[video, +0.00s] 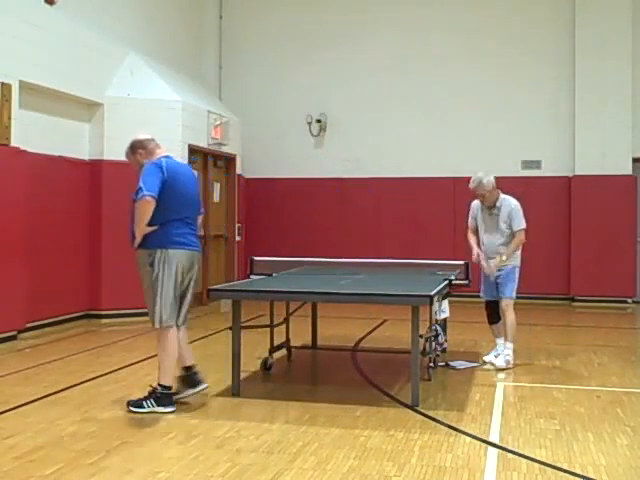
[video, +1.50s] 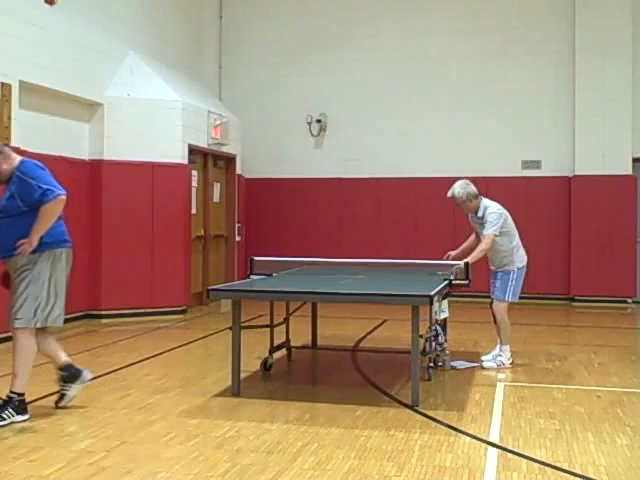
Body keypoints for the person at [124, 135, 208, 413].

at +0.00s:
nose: (136, 167)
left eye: (134, 162)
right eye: (134, 163)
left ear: (140, 153)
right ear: (157, 147)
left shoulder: (154, 166)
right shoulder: (188, 170)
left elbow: (147, 199)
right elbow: (199, 212)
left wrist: (139, 231)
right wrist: (191, 237)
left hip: (165, 248)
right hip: (190, 247)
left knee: (166, 323)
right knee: (175, 320)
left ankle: (163, 392)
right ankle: (189, 373)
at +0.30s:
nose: (111, 173)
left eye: (108, 168)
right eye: (108, 169)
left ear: (114, 157)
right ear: (126, 151)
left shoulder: (132, 167)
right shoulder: (157, 169)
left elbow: (140, 196)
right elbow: (179, 211)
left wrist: (127, 233)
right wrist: (180, 250)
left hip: (148, 250)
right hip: (166, 249)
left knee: (153, 321)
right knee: (125, 312)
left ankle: (163, 393)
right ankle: (137, 383)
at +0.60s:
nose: (77, 181)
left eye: (74, 176)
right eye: (73, 178)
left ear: (81, 164)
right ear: (90, 158)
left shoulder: (100, 170)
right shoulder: (121, 172)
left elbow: (116, 193)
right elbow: (145, 214)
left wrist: (105, 234)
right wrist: (142, 244)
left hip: (125, 252)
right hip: (135, 249)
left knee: (135, 326)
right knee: (111, 324)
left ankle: (160, 391)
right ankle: (96, 389)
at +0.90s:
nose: (53, 174)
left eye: (51, 168)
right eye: (50, 171)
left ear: (59, 157)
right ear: (64, 154)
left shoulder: (82, 164)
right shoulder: (79, 175)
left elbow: (101, 189)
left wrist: (83, 230)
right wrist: (70, 249)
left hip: (98, 248)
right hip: (107, 249)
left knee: (59, 314)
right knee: (94, 321)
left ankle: (97, 373)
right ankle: (94, 390)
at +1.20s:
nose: (27, 172)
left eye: (26, 166)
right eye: (25, 168)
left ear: (35, 155)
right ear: (39, 153)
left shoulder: (60, 164)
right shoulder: (52, 177)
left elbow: (85, 189)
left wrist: (63, 231)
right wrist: (45, 255)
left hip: (75, 251)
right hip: (75, 251)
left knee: (31, 313)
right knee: (78, 321)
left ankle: (41, 386)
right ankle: (93, 390)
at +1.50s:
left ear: (5, 157)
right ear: (6, 157)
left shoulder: (26, 170)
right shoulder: (12, 181)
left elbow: (56, 198)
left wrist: (33, 237)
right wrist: (10, 258)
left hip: (43, 254)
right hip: (26, 257)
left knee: (24, 325)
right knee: (31, 325)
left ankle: (16, 401)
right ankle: (70, 371)